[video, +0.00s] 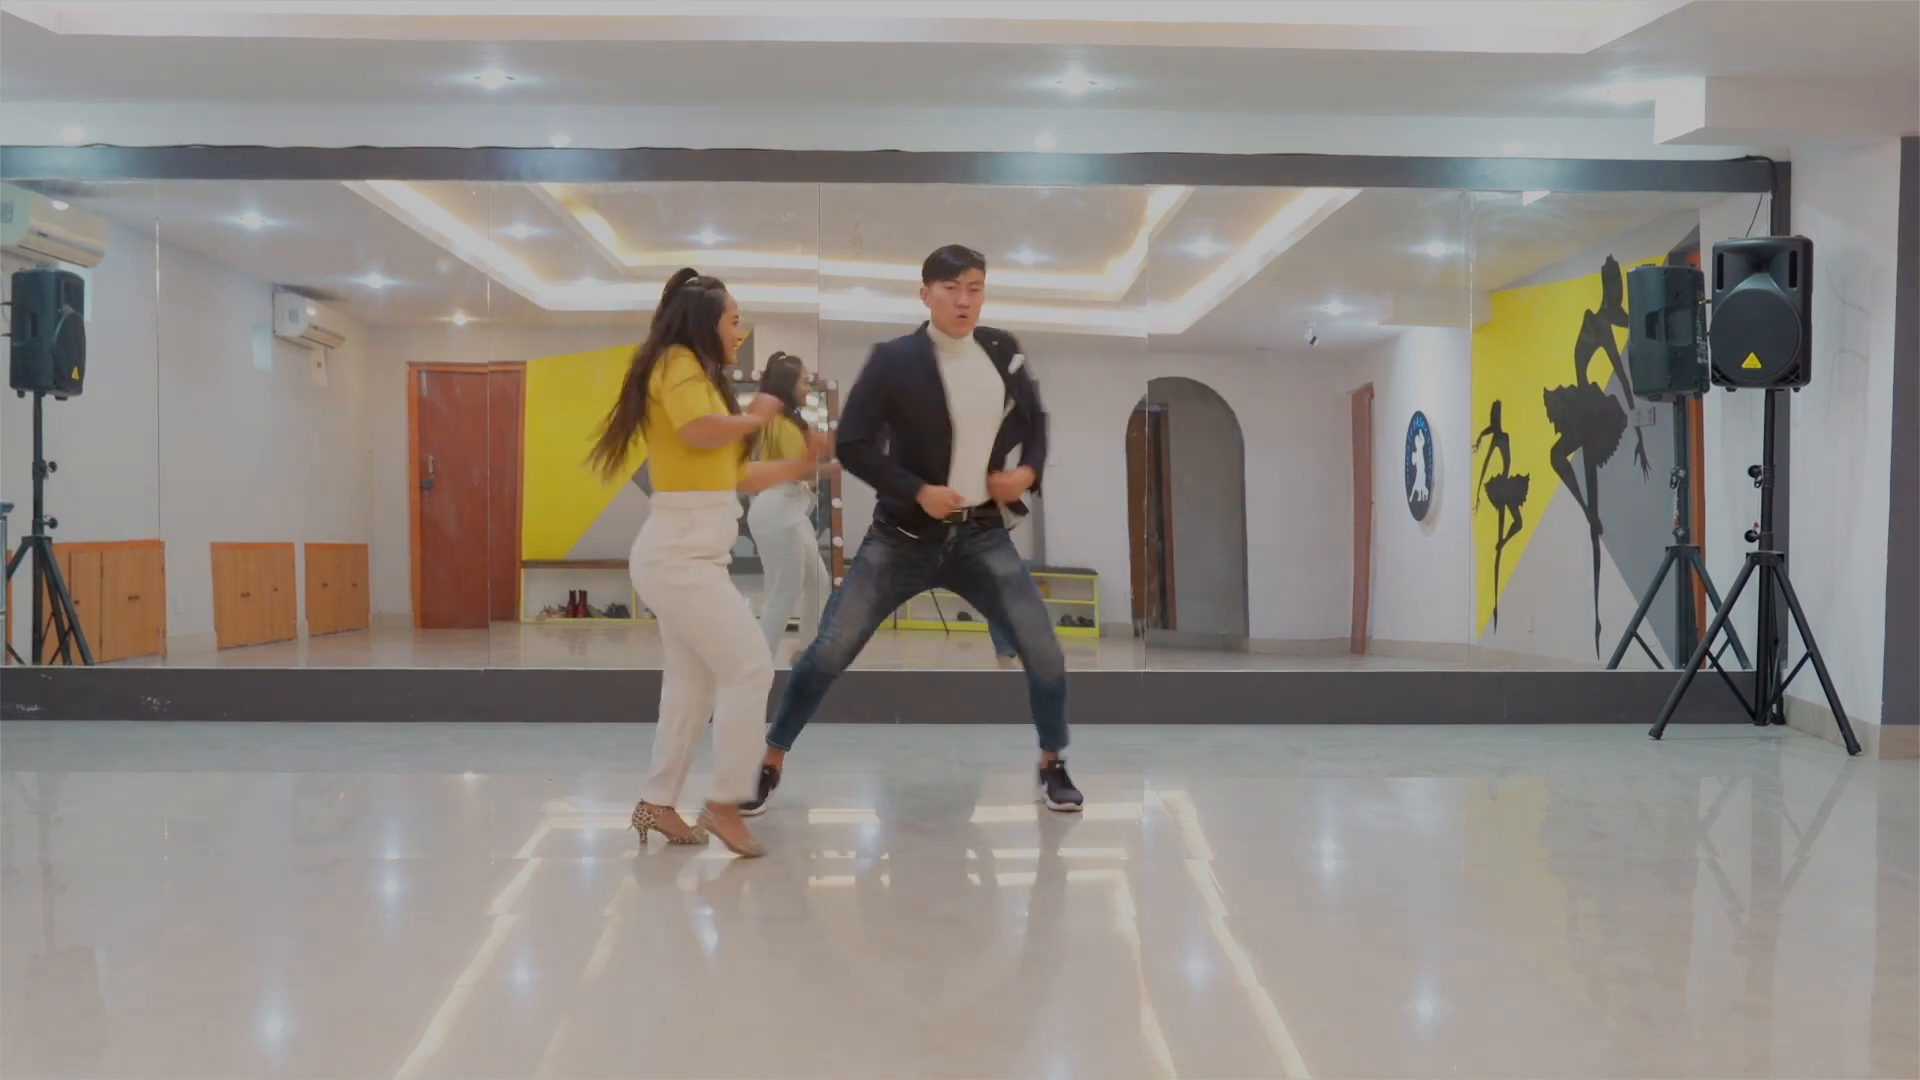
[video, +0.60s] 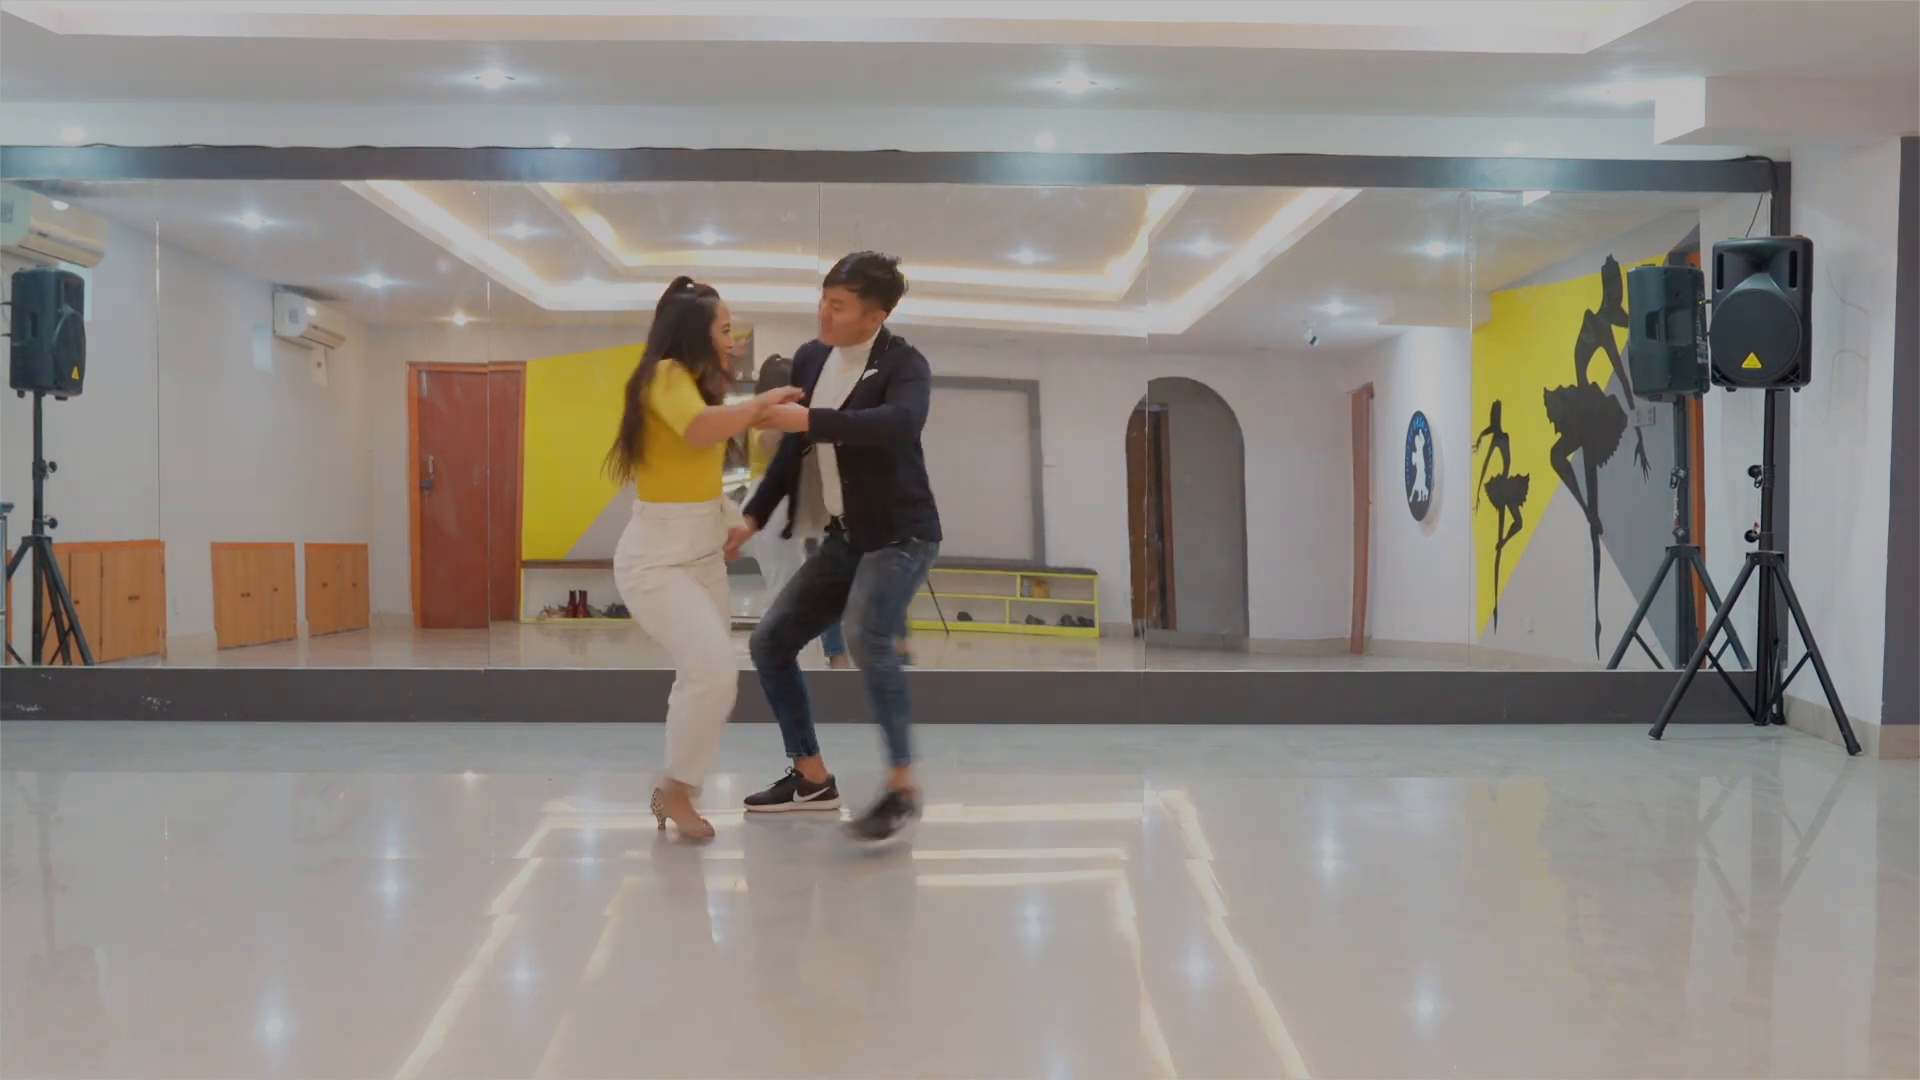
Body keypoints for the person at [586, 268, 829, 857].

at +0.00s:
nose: (740, 331)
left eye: (739, 321)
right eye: (732, 321)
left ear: (703, 323)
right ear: (704, 321)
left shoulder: (699, 379)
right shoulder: (676, 362)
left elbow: (731, 476)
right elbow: (695, 431)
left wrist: (801, 463)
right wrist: (751, 418)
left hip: (690, 553)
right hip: (679, 554)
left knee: (689, 684)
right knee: (749, 663)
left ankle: (658, 803)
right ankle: (725, 804)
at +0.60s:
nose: (732, 337)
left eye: (730, 326)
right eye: (722, 328)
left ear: (705, 332)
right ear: (694, 331)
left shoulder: (703, 388)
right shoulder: (665, 376)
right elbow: (697, 429)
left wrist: (763, 421)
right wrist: (759, 408)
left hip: (705, 556)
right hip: (654, 559)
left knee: (718, 673)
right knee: (708, 666)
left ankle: (679, 788)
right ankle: (676, 788)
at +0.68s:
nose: (713, 331)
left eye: (713, 320)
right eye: (703, 321)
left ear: (698, 325)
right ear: (672, 326)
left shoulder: (690, 379)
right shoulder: (646, 380)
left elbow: (714, 394)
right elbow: (677, 430)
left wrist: (762, 361)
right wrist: (738, 410)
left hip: (694, 554)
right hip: (648, 557)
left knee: (706, 677)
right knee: (685, 683)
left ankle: (673, 791)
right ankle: (605, 758)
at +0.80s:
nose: (659, 325)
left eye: (669, 314)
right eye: (645, 316)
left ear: (687, 322)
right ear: (628, 326)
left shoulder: (688, 383)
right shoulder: (627, 385)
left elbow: (726, 388)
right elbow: (644, 446)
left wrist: (780, 369)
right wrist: (715, 429)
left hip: (674, 554)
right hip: (628, 550)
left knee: (717, 657)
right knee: (614, 677)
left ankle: (683, 781)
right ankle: (555, 789)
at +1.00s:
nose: (654, 345)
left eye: (665, 334)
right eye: (641, 336)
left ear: (682, 340)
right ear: (625, 345)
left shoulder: (689, 396)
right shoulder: (624, 406)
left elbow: (728, 399)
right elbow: (643, 472)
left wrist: (783, 376)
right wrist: (722, 469)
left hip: (671, 570)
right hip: (611, 564)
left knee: (726, 666)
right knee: (570, 684)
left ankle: (680, 787)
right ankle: (539, 796)